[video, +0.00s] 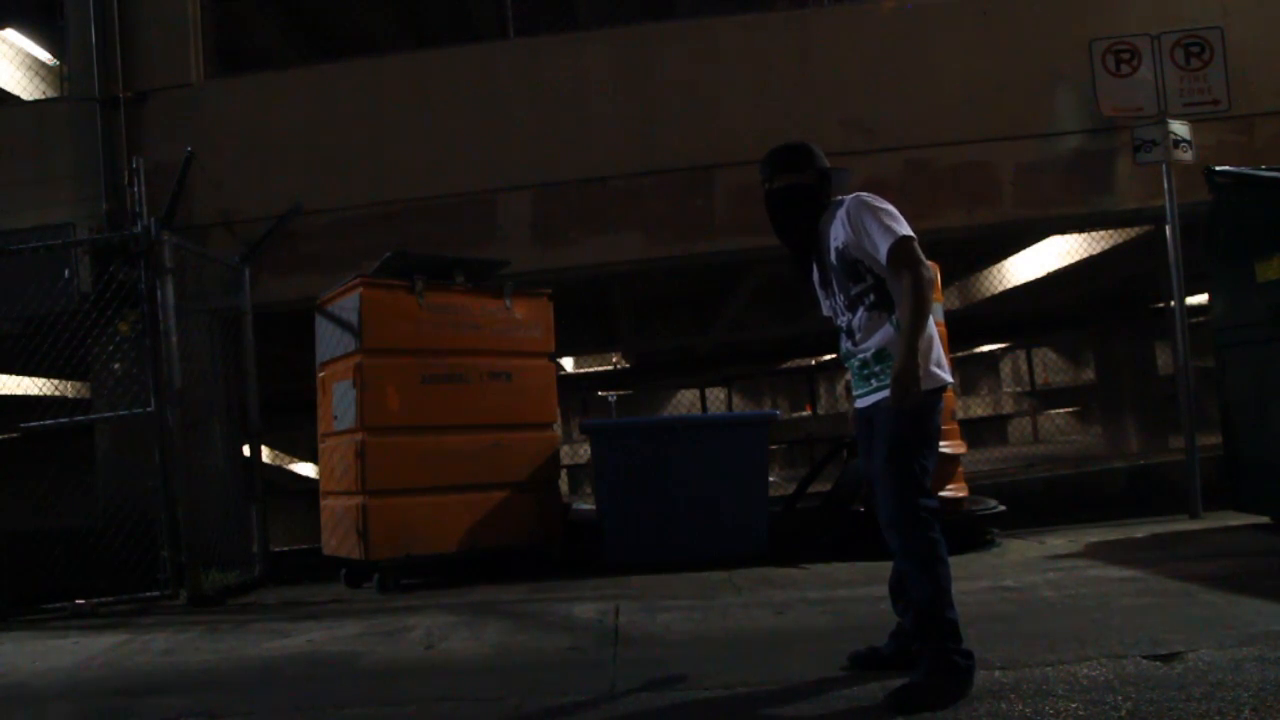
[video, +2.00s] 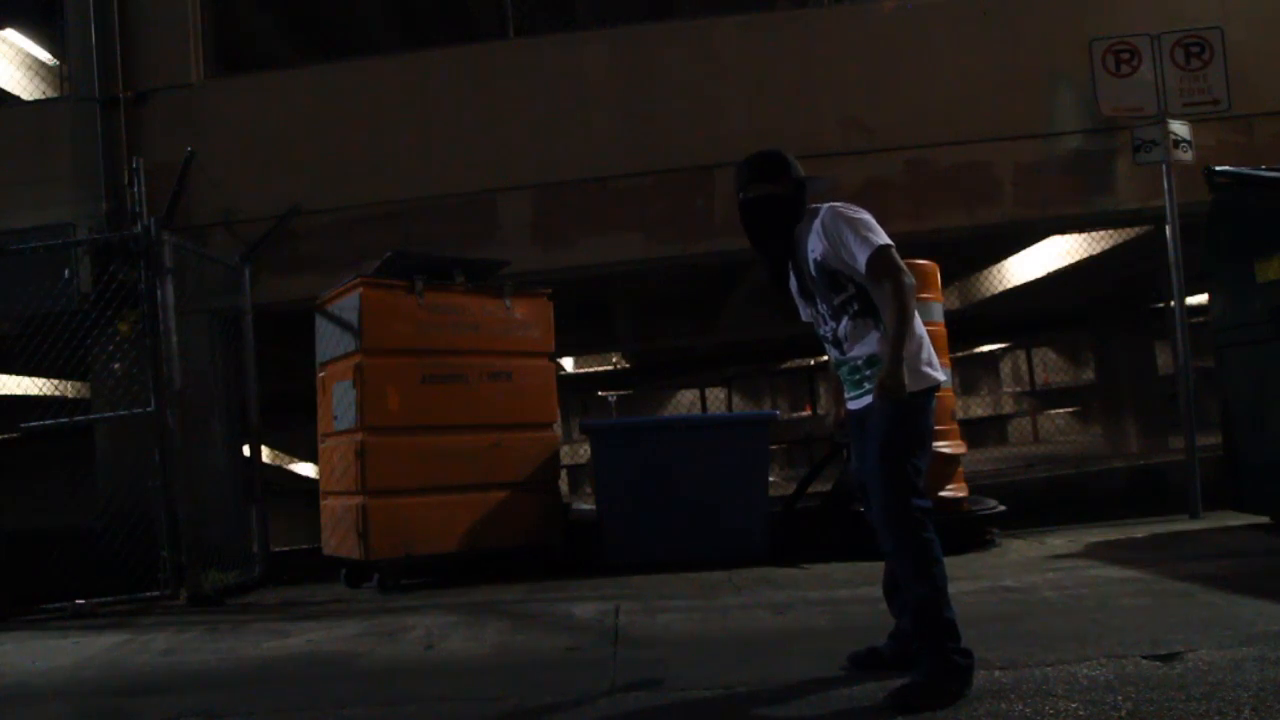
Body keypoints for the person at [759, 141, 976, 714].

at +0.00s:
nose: (776, 209)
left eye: (783, 194)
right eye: (771, 198)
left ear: (811, 185)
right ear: (783, 197)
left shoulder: (858, 211)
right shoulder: (822, 256)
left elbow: (917, 275)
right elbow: (856, 332)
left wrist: (907, 372)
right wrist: (862, 395)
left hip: (908, 392)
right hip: (875, 400)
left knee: (911, 519)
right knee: (896, 519)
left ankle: (946, 660)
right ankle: (914, 637)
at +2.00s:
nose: (749, 217)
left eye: (755, 203)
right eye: (745, 205)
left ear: (783, 195)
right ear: (758, 205)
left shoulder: (835, 220)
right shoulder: (798, 263)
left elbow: (895, 280)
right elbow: (835, 341)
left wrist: (893, 371)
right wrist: (841, 401)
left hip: (898, 392)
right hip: (866, 401)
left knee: (905, 520)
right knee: (888, 521)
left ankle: (944, 660)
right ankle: (910, 640)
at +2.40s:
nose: (712, 221)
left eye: (720, 207)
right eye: (708, 210)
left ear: (747, 202)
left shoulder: (794, 232)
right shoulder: (757, 272)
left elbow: (856, 287)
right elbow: (805, 345)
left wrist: (882, 377)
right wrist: (814, 408)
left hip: (871, 394)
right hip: (843, 402)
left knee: (846, 517)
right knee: (878, 514)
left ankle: (929, 634)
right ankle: (908, 635)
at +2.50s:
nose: (686, 228)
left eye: (694, 214)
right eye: (683, 216)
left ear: (721, 209)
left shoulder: (769, 240)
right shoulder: (733, 276)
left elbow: (840, 296)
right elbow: (782, 349)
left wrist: (886, 373)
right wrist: (791, 412)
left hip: (852, 400)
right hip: (822, 409)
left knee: (811, 522)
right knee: (870, 516)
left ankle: (910, 630)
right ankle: (914, 633)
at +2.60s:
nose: (653, 241)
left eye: (660, 228)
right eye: (652, 229)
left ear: (684, 225)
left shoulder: (735, 255)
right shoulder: (700, 291)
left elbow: (801, 320)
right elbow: (748, 363)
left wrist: (858, 391)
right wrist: (756, 423)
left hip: (825, 415)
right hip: (797, 422)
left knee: (762, 530)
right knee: (846, 527)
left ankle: (841, 640)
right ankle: (918, 634)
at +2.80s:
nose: (555, 256)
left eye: (559, 245)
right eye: (556, 248)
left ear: (576, 240)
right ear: (609, 234)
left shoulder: (615, 269)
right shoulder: (622, 275)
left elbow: (573, 303)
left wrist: (497, 298)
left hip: (728, 429)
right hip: (737, 424)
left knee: (670, 557)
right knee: (770, 539)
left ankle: (741, 675)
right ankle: (888, 611)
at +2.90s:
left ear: (518, 202)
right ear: (556, 202)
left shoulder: (554, 240)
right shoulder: (574, 248)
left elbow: (536, 268)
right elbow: (628, 312)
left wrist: (479, 248)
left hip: (660, 413)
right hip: (660, 412)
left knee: (690, 532)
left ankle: (820, 579)